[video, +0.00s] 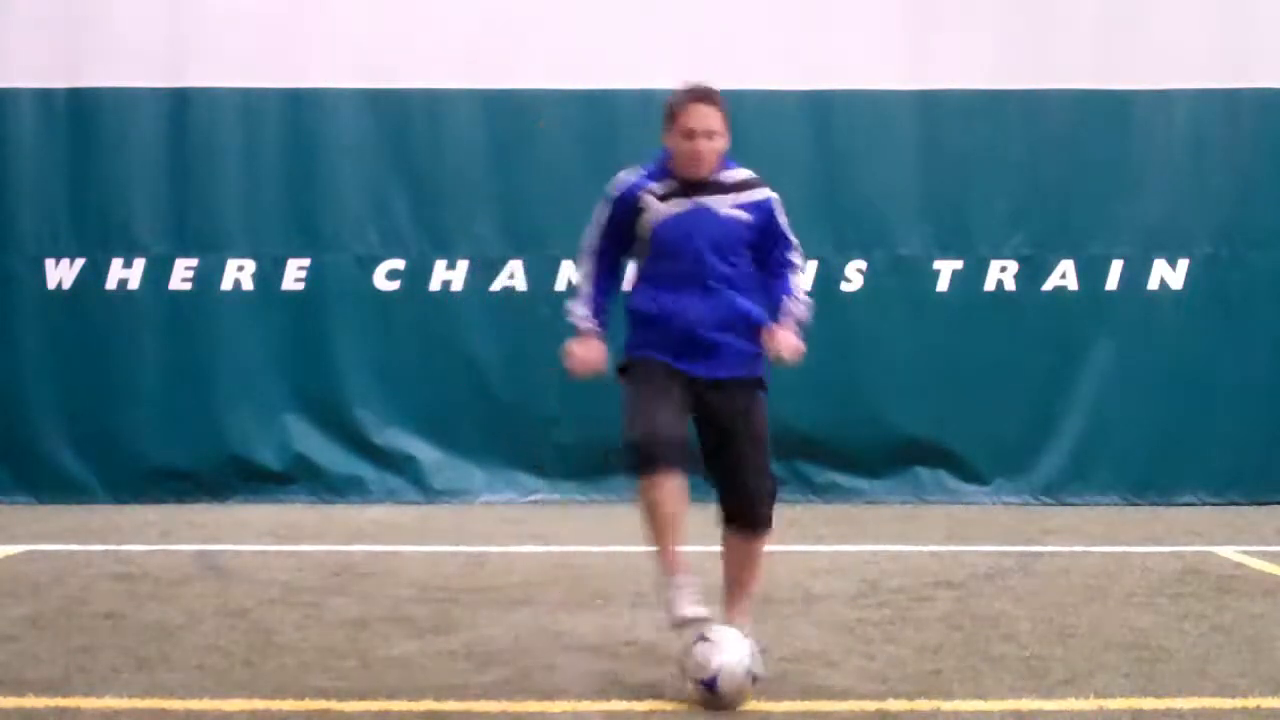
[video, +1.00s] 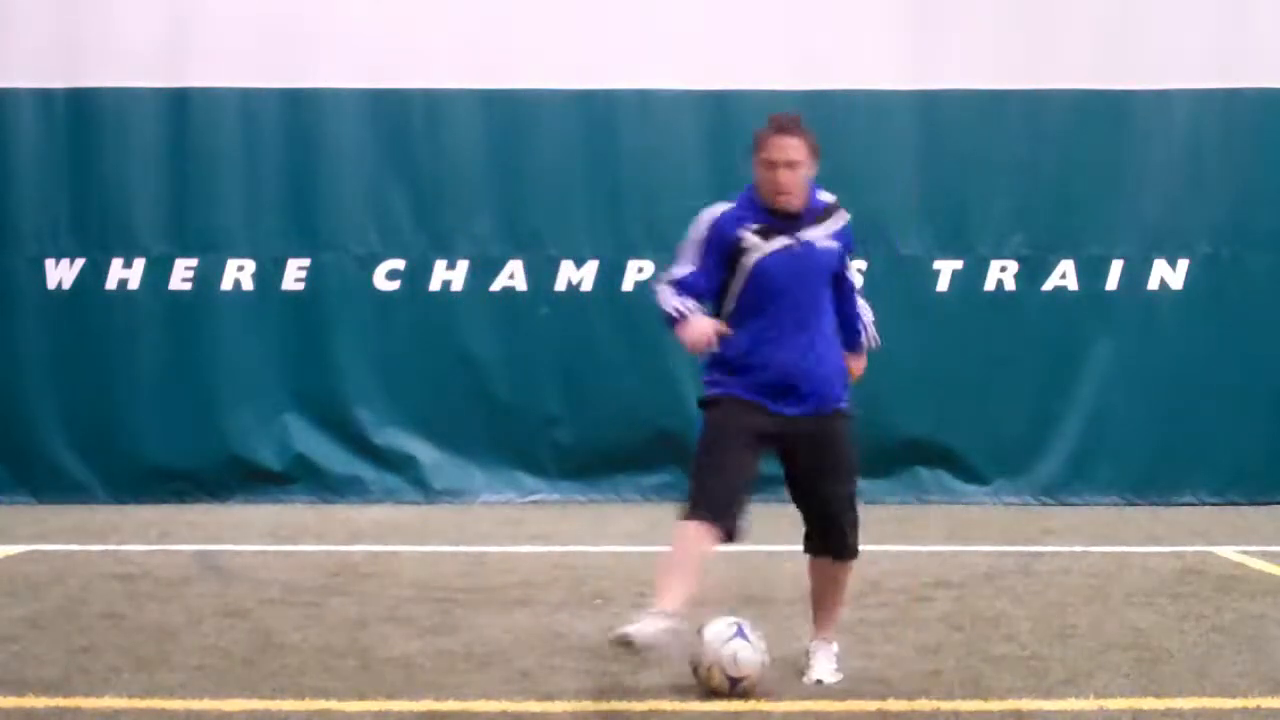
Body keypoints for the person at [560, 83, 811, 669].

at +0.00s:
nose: (702, 146)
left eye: (712, 136)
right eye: (691, 135)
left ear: (727, 139)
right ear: (668, 137)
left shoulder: (754, 195)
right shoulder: (634, 193)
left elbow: (789, 265)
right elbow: (599, 261)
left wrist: (789, 320)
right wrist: (587, 327)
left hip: (732, 361)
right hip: (657, 357)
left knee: (750, 493)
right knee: (660, 451)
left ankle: (737, 623)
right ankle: (678, 580)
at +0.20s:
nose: (785, 168)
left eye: (795, 156)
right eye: (773, 156)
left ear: (807, 157)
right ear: (749, 156)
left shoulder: (815, 205)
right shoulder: (712, 210)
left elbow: (832, 265)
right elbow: (670, 284)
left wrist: (868, 313)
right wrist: (661, 358)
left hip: (786, 363)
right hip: (718, 352)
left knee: (783, 494)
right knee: (784, 422)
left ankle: (734, 625)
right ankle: (751, 557)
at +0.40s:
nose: (867, 198)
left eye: (876, 186)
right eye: (855, 186)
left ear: (885, 187)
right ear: (827, 183)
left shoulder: (871, 229)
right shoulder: (799, 228)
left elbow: (865, 283)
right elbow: (748, 302)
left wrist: (887, 317)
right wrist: (714, 385)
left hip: (825, 397)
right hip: (785, 399)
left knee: (849, 521)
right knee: (867, 516)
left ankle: (730, 567)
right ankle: (885, 662)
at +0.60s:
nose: (895, 235)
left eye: (906, 223)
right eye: (884, 220)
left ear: (915, 224)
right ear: (856, 216)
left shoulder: (890, 268)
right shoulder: (833, 266)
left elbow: (890, 329)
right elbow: (792, 343)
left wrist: (914, 360)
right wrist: (767, 425)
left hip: (860, 434)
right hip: (823, 438)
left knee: (889, 543)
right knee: (913, 530)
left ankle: (762, 559)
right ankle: (885, 664)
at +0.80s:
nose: (853, 170)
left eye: (864, 159)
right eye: (842, 157)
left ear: (876, 159)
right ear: (818, 154)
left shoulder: (878, 209)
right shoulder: (781, 200)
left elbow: (880, 278)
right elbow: (713, 256)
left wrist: (894, 327)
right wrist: (706, 335)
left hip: (842, 378)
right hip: (779, 375)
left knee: (871, 494)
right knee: (831, 493)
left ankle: (785, 590)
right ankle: (875, 631)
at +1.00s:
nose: (783, 177)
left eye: (794, 166)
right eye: (771, 166)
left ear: (813, 168)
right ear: (754, 168)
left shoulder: (835, 223)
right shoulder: (722, 224)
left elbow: (847, 287)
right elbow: (673, 287)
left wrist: (860, 343)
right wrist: (687, 316)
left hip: (818, 402)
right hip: (740, 398)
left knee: (835, 528)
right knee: (709, 503)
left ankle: (824, 644)